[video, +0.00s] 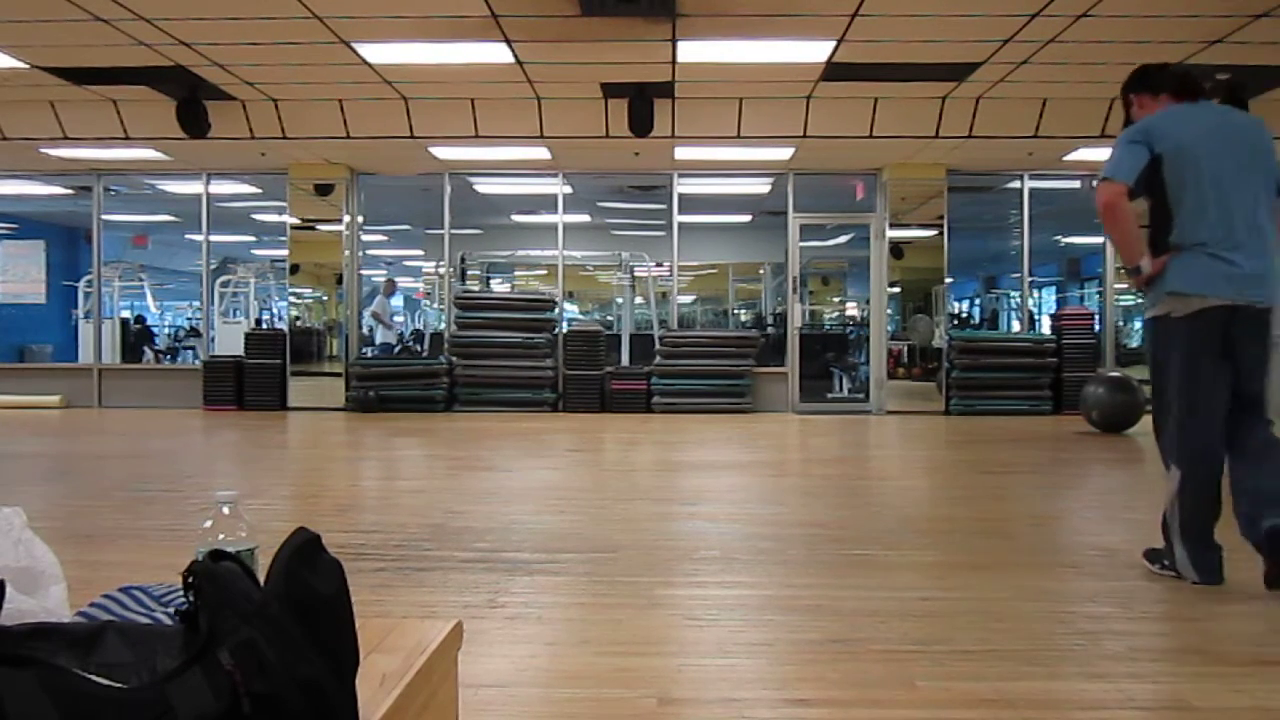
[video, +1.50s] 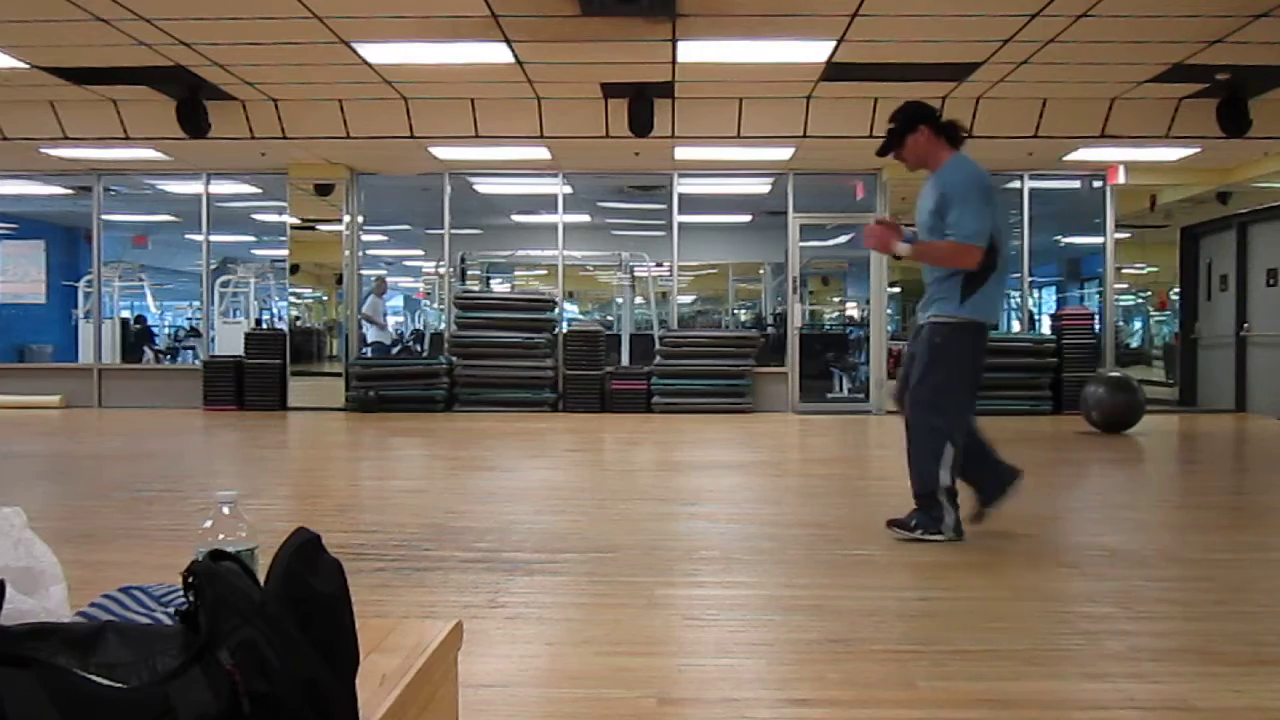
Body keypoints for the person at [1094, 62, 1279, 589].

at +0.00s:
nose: (1132, 122)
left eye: (1131, 114)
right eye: (1130, 115)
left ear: (1146, 100)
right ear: (1186, 95)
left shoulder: (1148, 127)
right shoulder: (1254, 128)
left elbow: (1110, 195)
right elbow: (1274, 200)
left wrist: (1138, 265)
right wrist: (1254, 250)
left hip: (1192, 292)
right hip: (1261, 289)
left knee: (1190, 426)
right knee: (1249, 417)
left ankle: (1193, 556)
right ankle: (1272, 531)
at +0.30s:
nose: (1098, 137)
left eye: (1096, 131)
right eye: (1096, 131)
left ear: (1109, 120)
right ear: (1153, 118)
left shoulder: (1109, 144)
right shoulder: (1207, 149)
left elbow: (1072, 198)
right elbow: (1248, 217)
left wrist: (1081, 263)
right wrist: (1252, 293)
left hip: (1127, 302)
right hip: (1189, 307)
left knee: (1082, 400)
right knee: (1152, 419)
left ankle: (1143, 508)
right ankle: (1126, 528)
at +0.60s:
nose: (1047, 155)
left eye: (1045, 145)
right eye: (1043, 148)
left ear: (1057, 127)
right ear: (1085, 122)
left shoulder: (1070, 157)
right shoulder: (1146, 156)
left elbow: (1055, 222)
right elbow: (1167, 229)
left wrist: (1017, 242)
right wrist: (1114, 238)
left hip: (1091, 307)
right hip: (1149, 306)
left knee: (1056, 399)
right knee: (1146, 416)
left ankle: (1107, 499)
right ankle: (1135, 535)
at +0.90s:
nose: (981, 161)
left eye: (980, 150)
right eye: (977, 154)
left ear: (1000, 136)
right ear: (1005, 137)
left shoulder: (1043, 172)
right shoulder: (1047, 171)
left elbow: (1049, 248)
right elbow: (1038, 236)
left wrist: (984, 244)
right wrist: (997, 208)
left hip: (1048, 325)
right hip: (1069, 324)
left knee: (1013, 421)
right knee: (1082, 425)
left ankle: (979, 515)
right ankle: (1122, 520)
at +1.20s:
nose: (946, 159)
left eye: (946, 149)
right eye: (942, 153)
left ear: (970, 133)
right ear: (971, 138)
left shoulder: (1020, 164)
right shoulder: (986, 178)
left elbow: (1072, 215)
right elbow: (985, 236)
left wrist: (1010, 244)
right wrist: (940, 229)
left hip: (991, 318)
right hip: (982, 316)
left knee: (935, 394)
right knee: (999, 409)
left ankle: (959, 500)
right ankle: (1043, 506)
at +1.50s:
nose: (900, 158)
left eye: (900, 147)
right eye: (896, 150)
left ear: (922, 134)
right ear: (922, 137)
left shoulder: (964, 176)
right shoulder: (942, 180)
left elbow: (969, 253)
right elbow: (944, 244)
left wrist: (902, 247)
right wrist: (902, 236)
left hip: (960, 319)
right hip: (938, 316)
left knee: (929, 406)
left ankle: (937, 514)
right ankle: (992, 476)